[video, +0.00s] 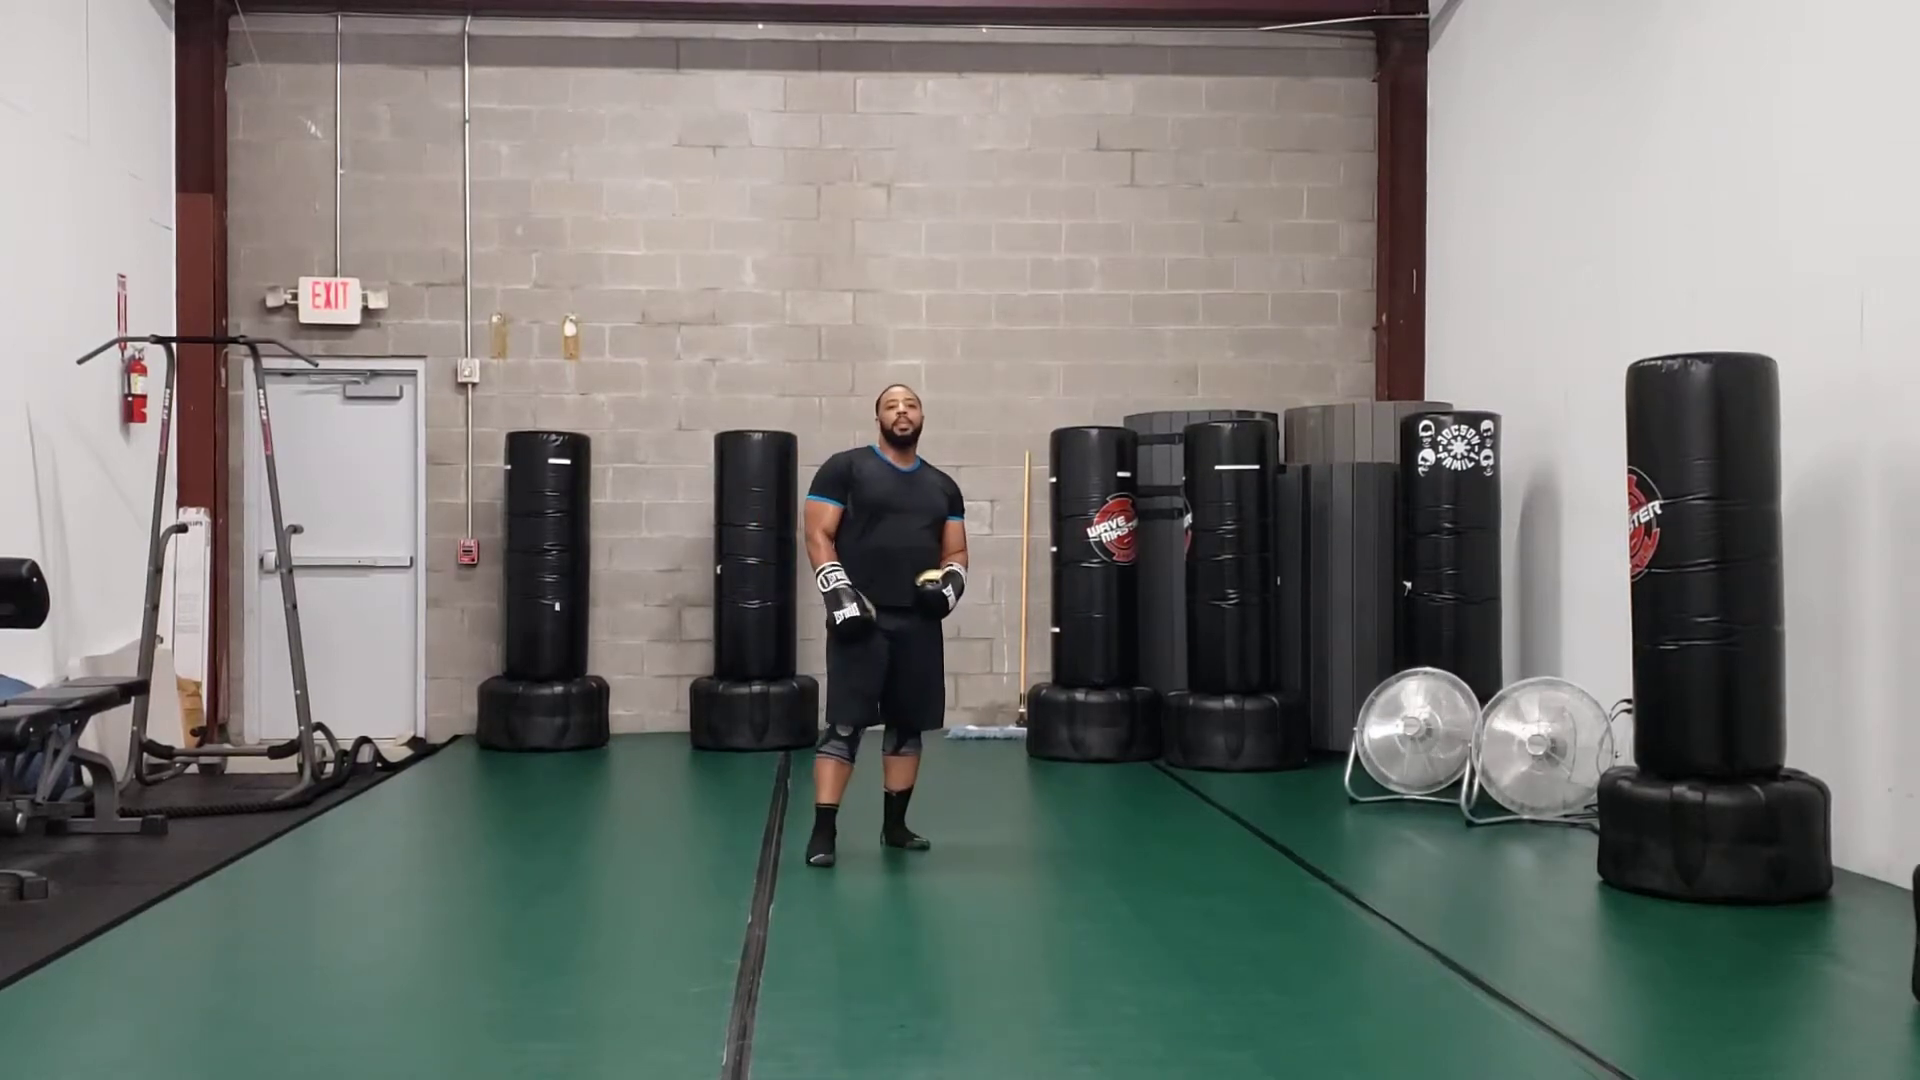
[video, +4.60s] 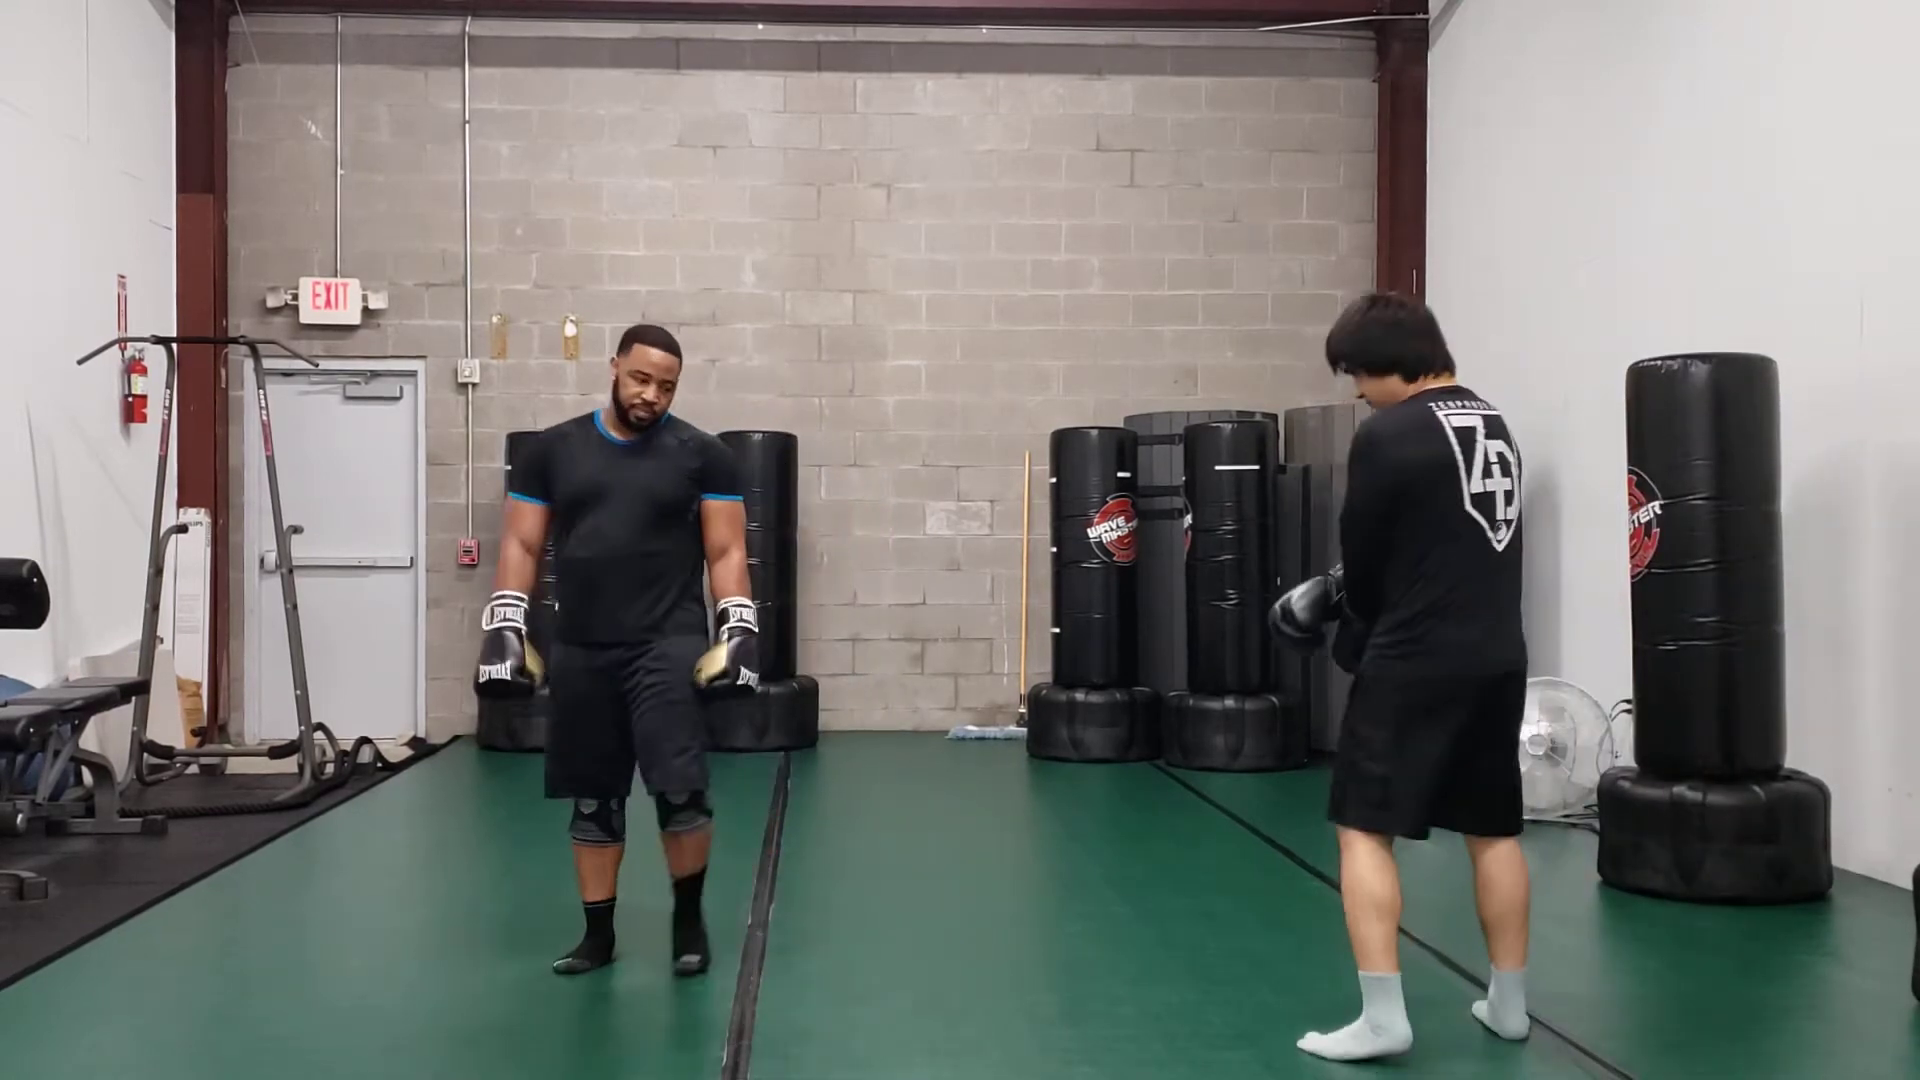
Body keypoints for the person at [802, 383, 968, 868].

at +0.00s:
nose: (902, 412)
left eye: (910, 405)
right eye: (892, 406)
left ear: (922, 419)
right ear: (879, 421)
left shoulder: (943, 487)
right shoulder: (845, 468)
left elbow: (955, 551)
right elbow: (817, 533)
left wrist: (951, 582)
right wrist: (836, 588)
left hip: (918, 621)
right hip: (858, 617)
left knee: (907, 726)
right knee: (845, 724)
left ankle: (895, 826)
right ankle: (824, 832)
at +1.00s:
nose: (793, 410)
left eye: (801, 402)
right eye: (783, 404)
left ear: (815, 412)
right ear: (770, 418)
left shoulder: (852, 470)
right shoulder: (743, 476)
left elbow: (874, 536)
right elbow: (718, 546)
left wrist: (857, 571)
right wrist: (756, 577)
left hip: (843, 617)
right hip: (777, 621)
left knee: (867, 721)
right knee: (784, 730)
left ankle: (882, 823)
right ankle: (786, 832)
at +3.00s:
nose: (800, 427)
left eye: (811, 418)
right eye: (791, 416)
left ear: (824, 416)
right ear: (774, 411)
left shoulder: (856, 473)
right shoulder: (738, 472)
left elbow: (872, 553)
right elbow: (710, 544)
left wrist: (880, 619)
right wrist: (733, 554)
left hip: (838, 636)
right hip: (764, 638)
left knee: (858, 751)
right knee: (761, 755)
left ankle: (865, 838)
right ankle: (756, 873)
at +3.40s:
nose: (768, 420)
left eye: (778, 411)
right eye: (757, 408)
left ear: (789, 409)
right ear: (735, 401)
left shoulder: (817, 468)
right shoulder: (690, 468)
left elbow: (843, 548)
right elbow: (658, 544)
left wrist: (862, 616)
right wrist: (696, 549)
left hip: (796, 629)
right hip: (726, 634)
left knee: (792, 750)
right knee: (741, 758)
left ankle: (790, 879)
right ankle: (754, 875)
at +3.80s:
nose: (753, 410)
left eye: (767, 401)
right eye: (745, 396)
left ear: (781, 406)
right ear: (726, 390)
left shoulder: (806, 472)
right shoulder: (675, 460)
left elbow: (824, 561)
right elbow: (651, 543)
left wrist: (836, 637)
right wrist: (638, 615)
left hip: (770, 642)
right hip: (691, 641)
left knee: (763, 772)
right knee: (690, 771)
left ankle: (749, 898)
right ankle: (749, 845)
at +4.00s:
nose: (736, 405)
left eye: (750, 396)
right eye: (728, 390)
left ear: (765, 399)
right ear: (708, 384)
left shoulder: (791, 466)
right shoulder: (660, 461)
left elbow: (813, 554)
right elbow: (626, 549)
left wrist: (814, 630)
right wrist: (587, 618)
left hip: (760, 649)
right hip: (673, 646)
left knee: (759, 780)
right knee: (648, 768)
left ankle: (748, 902)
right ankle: (666, 894)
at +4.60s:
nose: (650, 395)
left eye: (664, 384)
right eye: (640, 379)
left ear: (677, 386)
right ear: (614, 371)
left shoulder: (702, 458)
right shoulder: (554, 451)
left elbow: (727, 553)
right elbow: (522, 546)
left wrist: (739, 628)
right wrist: (506, 624)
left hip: (668, 646)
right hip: (581, 650)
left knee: (680, 790)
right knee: (592, 797)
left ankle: (689, 924)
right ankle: (598, 935)